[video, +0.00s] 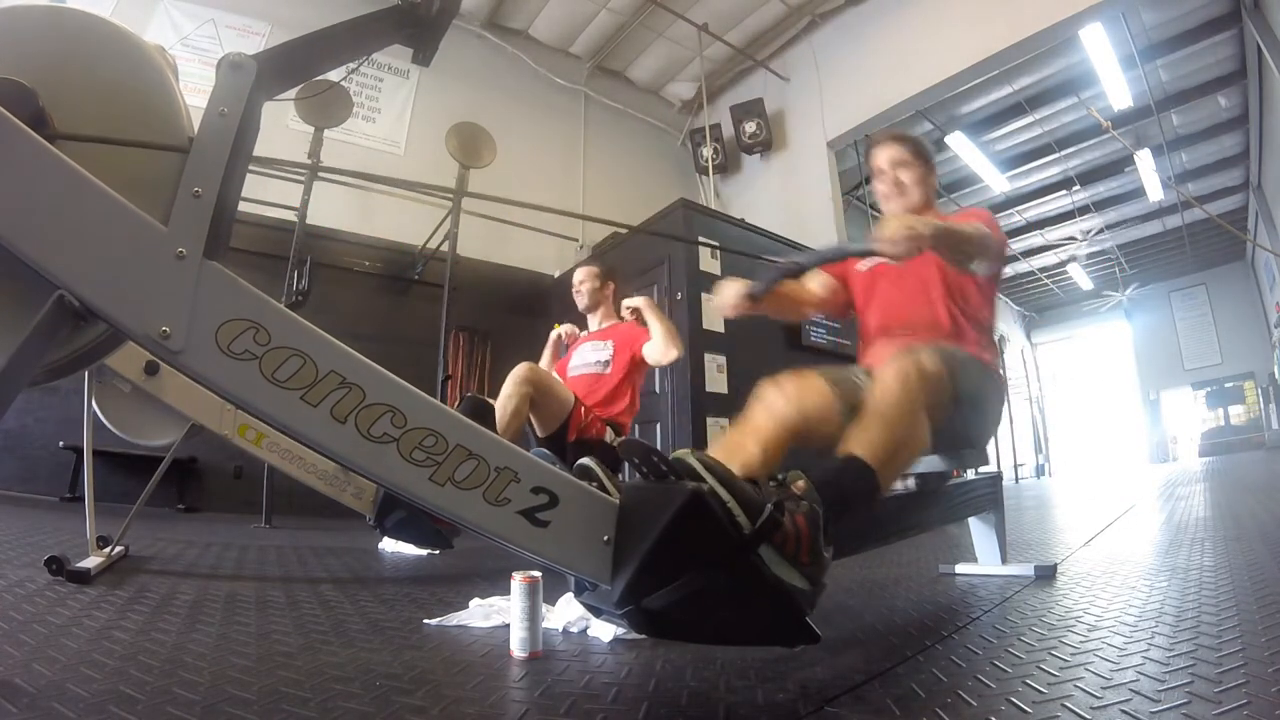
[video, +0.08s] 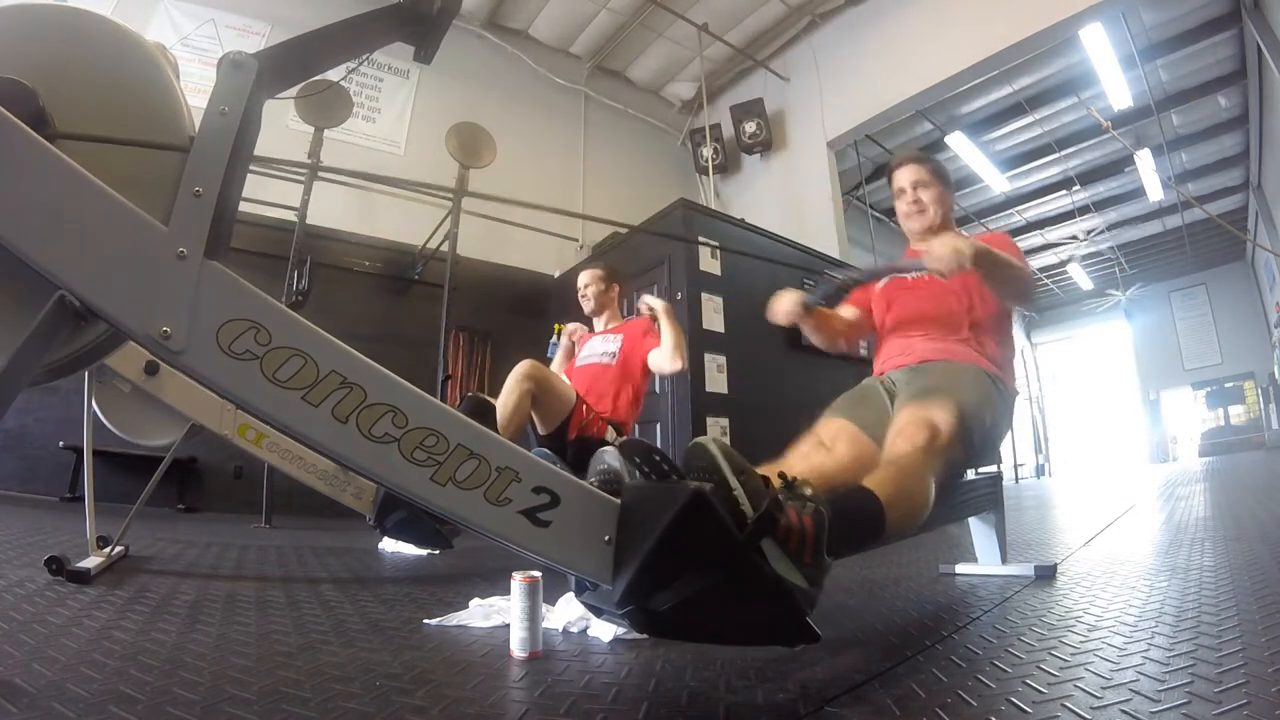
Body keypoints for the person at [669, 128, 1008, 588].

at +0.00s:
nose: (890, 180)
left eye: (901, 167)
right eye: (879, 175)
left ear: (930, 174)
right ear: (871, 191)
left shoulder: (969, 222)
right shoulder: (862, 259)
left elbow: (985, 250)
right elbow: (809, 294)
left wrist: (927, 231)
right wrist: (754, 298)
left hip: (965, 380)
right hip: (875, 381)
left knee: (905, 368)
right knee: (780, 395)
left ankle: (816, 512)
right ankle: (690, 491)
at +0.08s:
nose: (911, 199)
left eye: (921, 187)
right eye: (901, 194)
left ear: (949, 196)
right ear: (894, 211)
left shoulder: (987, 245)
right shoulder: (884, 280)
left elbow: (1027, 293)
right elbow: (845, 335)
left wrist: (978, 257)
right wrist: (805, 314)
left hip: (960, 368)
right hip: (885, 380)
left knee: (917, 438)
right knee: (822, 445)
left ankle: (824, 529)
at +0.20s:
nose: (917, 205)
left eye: (927, 193)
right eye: (907, 200)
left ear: (954, 200)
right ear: (901, 215)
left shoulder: (992, 257)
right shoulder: (891, 279)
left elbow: (1051, 321)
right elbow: (856, 353)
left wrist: (1013, 264)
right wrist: (833, 322)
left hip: (958, 369)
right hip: (883, 381)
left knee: (917, 434)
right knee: (822, 441)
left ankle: (819, 526)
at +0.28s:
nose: (917, 202)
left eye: (928, 191)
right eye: (908, 198)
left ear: (957, 201)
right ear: (901, 215)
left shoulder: (991, 258)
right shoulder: (890, 279)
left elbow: (1055, 325)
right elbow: (866, 361)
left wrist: (1028, 265)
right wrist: (847, 320)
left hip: (959, 373)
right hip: (883, 382)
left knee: (913, 440)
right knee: (818, 446)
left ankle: (818, 530)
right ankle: (706, 498)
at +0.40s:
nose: (916, 201)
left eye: (927, 190)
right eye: (906, 196)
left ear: (953, 197)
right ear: (900, 210)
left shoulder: (992, 255)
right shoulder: (888, 280)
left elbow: (1057, 325)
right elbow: (862, 359)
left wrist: (1027, 266)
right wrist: (844, 324)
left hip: (960, 371)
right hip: (885, 383)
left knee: (917, 437)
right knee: (825, 441)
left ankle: (820, 525)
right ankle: (707, 488)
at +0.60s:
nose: (902, 190)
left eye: (913, 178)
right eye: (892, 184)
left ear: (942, 186)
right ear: (888, 200)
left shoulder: (990, 246)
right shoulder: (874, 273)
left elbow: (1054, 303)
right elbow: (843, 345)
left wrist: (1005, 279)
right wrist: (811, 340)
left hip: (963, 374)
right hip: (882, 385)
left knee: (919, 434)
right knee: (823, 441)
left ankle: (820, 526)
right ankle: (697, 490)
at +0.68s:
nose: (891, 182)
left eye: (902, 169)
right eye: (881, 177)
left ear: (935, 178)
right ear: (876, 194)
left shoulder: (980, 235)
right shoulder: (860, 270)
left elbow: (1036, 285)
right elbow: (814, 316)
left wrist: (974, 290)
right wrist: (773, 335)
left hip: (968, 374)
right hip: (885, 385)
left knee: (916, 420)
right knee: (813, 431)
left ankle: (825, 527)